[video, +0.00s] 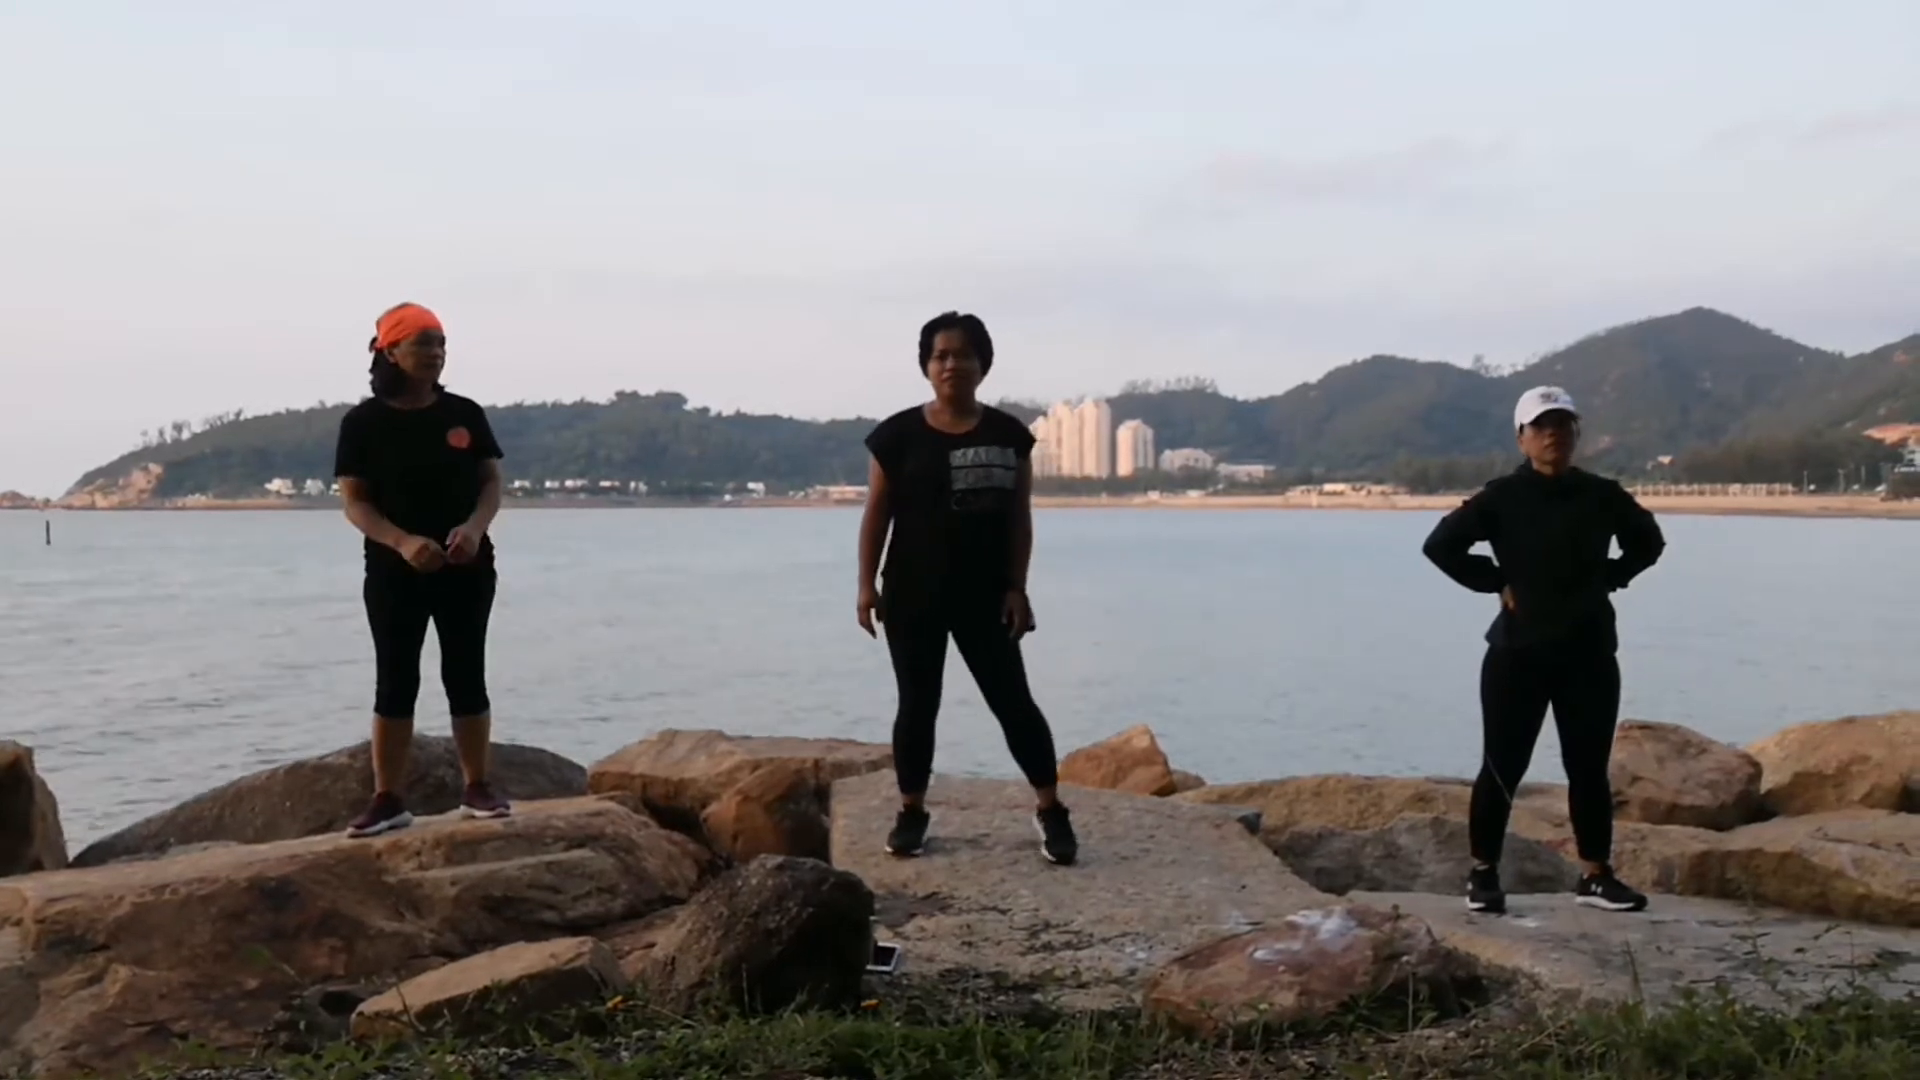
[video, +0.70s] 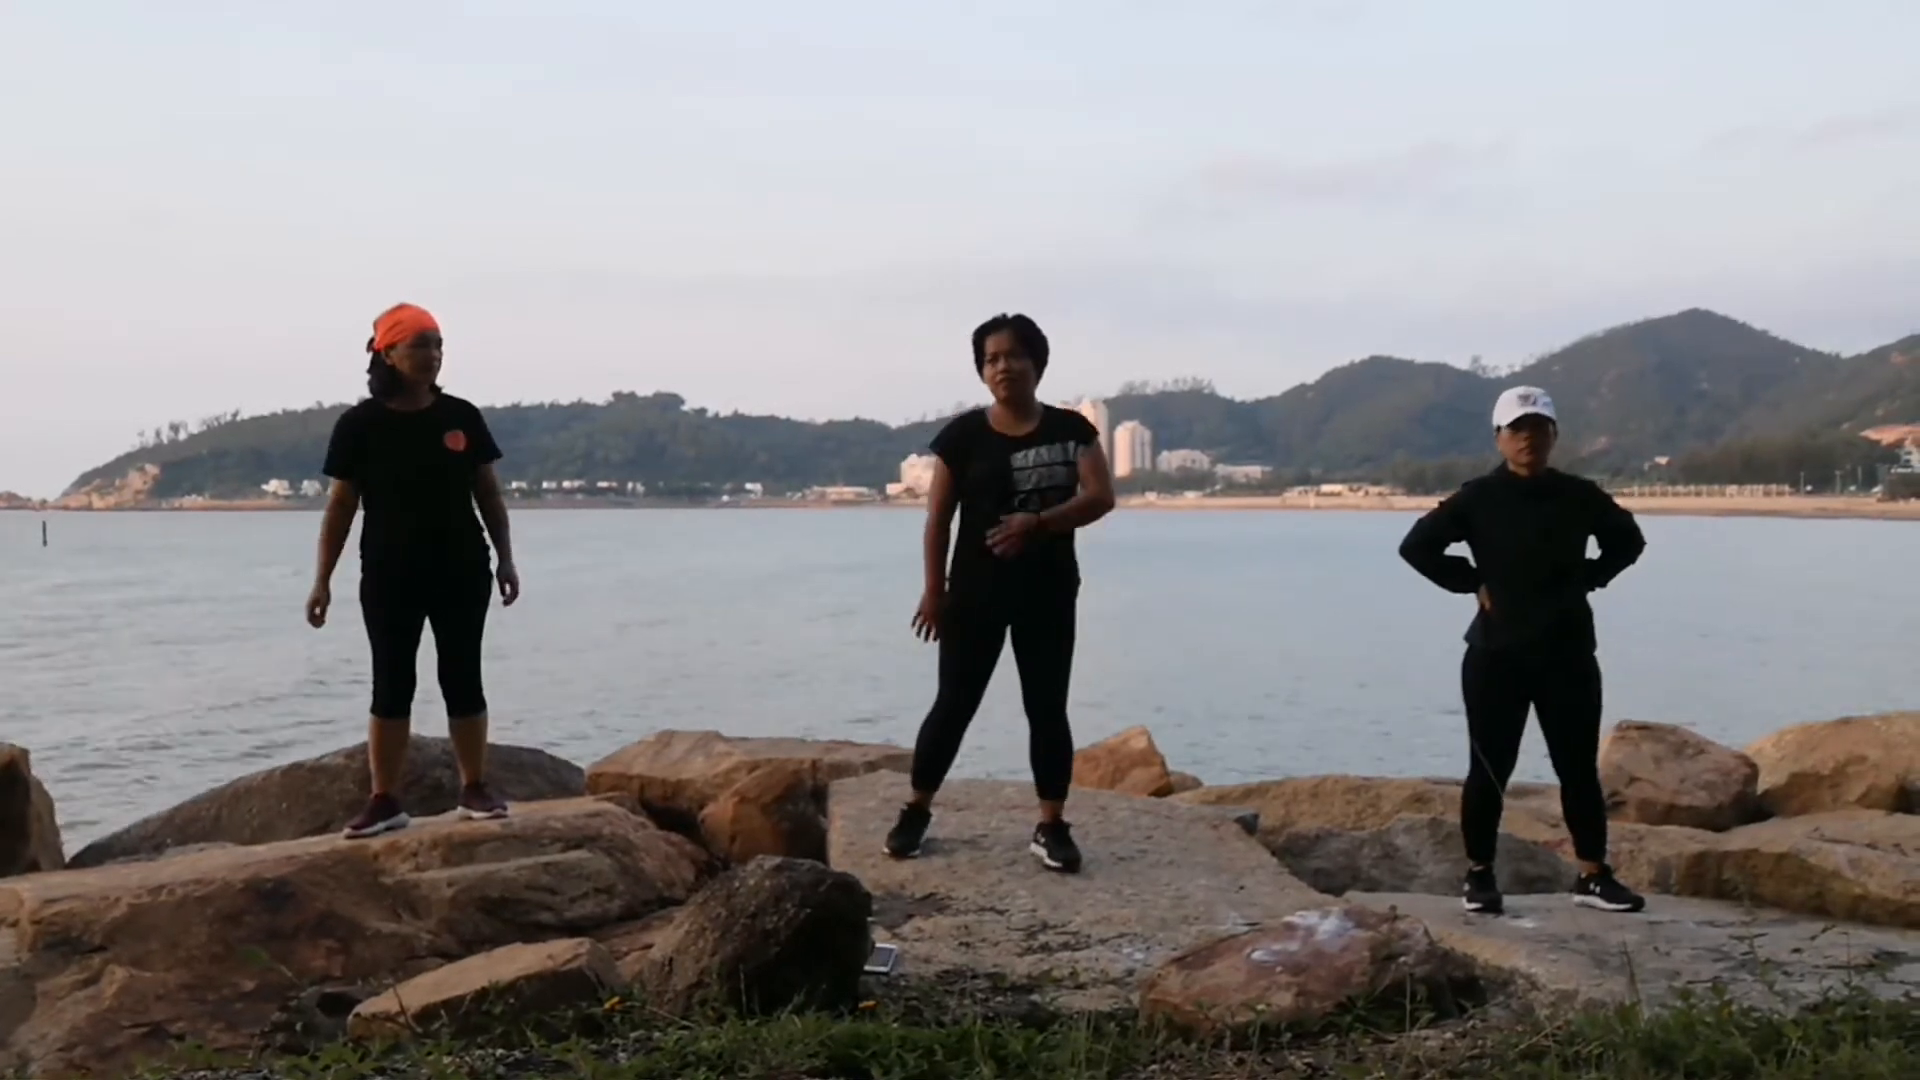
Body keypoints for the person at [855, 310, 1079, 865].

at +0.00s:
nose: (951, 365)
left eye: (963, 356)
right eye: (941, 356)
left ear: (983, 365)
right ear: (926, 365)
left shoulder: (1010, 435)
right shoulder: (897, 435)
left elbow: (1020, 518)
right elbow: (876, 515)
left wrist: (1018, 587)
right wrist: (866, 584)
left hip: (984, 595)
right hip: (914, 595)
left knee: (1016, 706)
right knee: (916, 707)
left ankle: (1051, 811)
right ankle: (911, 812)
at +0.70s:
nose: (1003, 368)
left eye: (1015, 357)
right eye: (992, 360)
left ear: (1037, 363)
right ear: (981, 370)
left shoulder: (1072, 430)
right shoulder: (962, 436)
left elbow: (1100, 498)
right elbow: (938, 519)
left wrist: (1039, 522)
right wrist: (933, 589)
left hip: (1047, 595)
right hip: (977, 593)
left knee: (1049, 710)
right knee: (953, 705)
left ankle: (1052, 824)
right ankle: (917, 809)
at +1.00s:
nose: (1021, 365)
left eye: (1033, 355)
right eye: (1010, 356)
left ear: (1055, 365)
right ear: (997, 366)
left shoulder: (1077, 427)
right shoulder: (972, 427)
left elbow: (1053, 483)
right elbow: (968, 510)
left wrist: (982, 459)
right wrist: (979, 579)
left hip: (1046, 587)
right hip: (978, 580)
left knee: (1046, 709)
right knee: (950, 701)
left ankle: (1050, 823)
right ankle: (916, 811)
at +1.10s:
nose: (1019, 365)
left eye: (1032, 356)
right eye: (1009, 356)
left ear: (1053, 365)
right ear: (995, 366)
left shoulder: (1074, 428)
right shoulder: (971, 427)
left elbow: (1052, 487)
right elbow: (967, 509)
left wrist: (980, 461)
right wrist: (977, 578)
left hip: (1042, 587)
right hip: (974, 579)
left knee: (1044, 708)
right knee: (944, 700)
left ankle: (1049, 823)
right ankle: (914, 810)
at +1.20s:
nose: (1015, 365)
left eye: (1028, 356)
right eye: (1005, 356)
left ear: (1049, 366)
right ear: (990, 367)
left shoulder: (1069, 429)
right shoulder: (967, 428)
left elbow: (1049, 491)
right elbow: (959, 510)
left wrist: (975, 467)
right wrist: (965, 583)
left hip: (1037, 592)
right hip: (971, 584)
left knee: (1041, 710)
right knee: (936, 700)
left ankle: (1049, 824)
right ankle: (910, 810)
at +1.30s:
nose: (1008, 366)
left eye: (1020, 356)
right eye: (998, 357)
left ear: (1041, 366)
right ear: (983, 367)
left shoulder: (1061, 432)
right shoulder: (958, 429)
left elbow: (1039, 494)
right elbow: (949, 511)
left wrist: (968, 474)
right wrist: (952, 584)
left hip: (1030, 594)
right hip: (963, 586)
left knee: (1037, 710)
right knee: (929, 702)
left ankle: (1048, 825)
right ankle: (907, 811)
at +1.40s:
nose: (995, 368)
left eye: (1008, 358)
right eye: (986, 358)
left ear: (1027, 369)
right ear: (969, 368)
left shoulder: (1046, 434)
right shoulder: (942, 431)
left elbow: (1029, 496)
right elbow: (934, 515)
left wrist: (958, 477)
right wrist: (939, 589)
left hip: (1017, 593)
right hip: (950, 588)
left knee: (1029, 711)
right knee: (928, 706)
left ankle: (1047, 824)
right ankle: (906, 814)